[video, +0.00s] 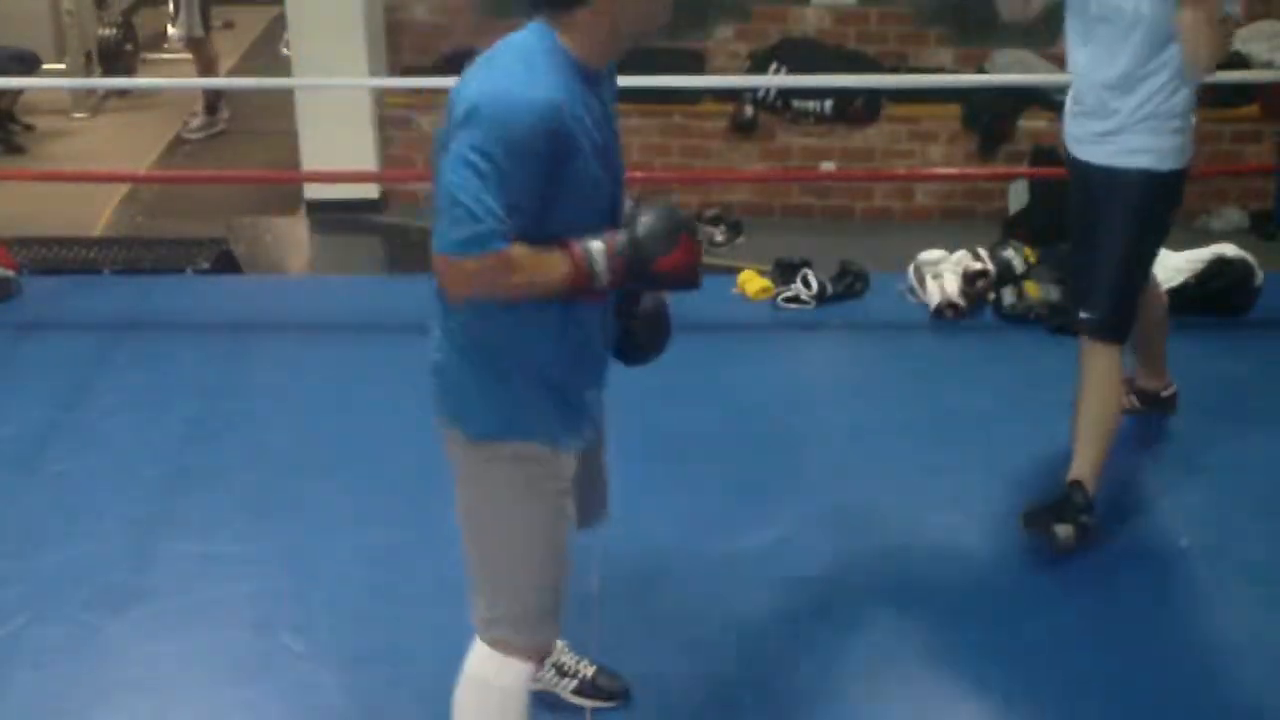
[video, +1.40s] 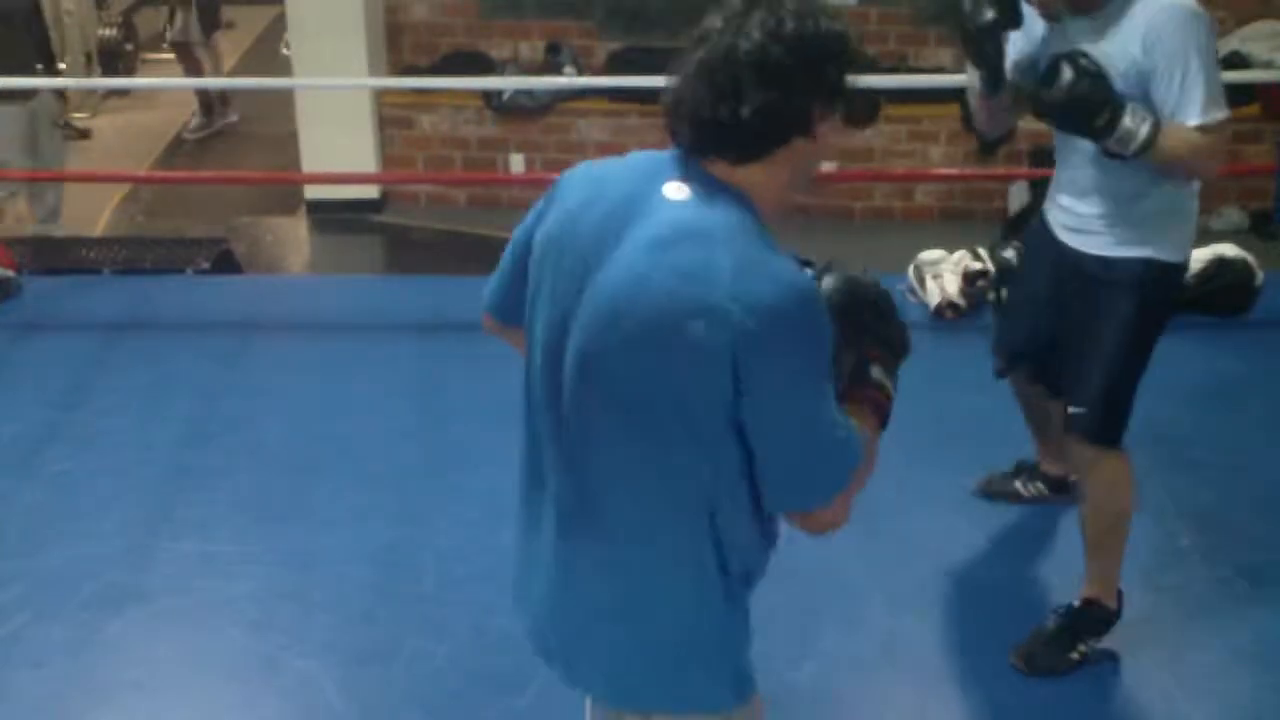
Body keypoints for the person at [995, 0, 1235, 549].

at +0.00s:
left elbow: (1202, 59)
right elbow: (1017, 12)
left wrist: (1206, 4)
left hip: (1148, 150)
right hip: (1084, 140)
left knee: (1101, 329)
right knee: (1131, 277)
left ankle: (1079, 492)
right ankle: (1152, 381)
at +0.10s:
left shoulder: (1201, 7)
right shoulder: (1076, 2)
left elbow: (1207, 101)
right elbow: (1063, 44)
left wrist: (1169, 51)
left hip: (1138, 174)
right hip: (1076, 164)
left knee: (1093, 349)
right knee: (1126, 289)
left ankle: (1063, 513)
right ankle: (1153, 384)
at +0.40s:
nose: (1051, 3)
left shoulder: (1153, 16)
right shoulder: (1032, 4)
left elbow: (1197, 125)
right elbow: (1008, 58)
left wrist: (1101, 127)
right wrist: (994, 75)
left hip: (1130, 197)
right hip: (1057, 174)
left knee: (1081, 364)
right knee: (1030, 283)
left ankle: (1053, 523)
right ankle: (1066, 383)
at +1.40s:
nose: (1039, 0)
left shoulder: (1170, 19)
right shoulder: (1037, 16)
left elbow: (1204, 150)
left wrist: (1114, 122)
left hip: (1138, 249)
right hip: (1061, 226)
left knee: (1093, 431)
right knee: (1024, 356)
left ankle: (1099, 604)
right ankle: (1055, 468)